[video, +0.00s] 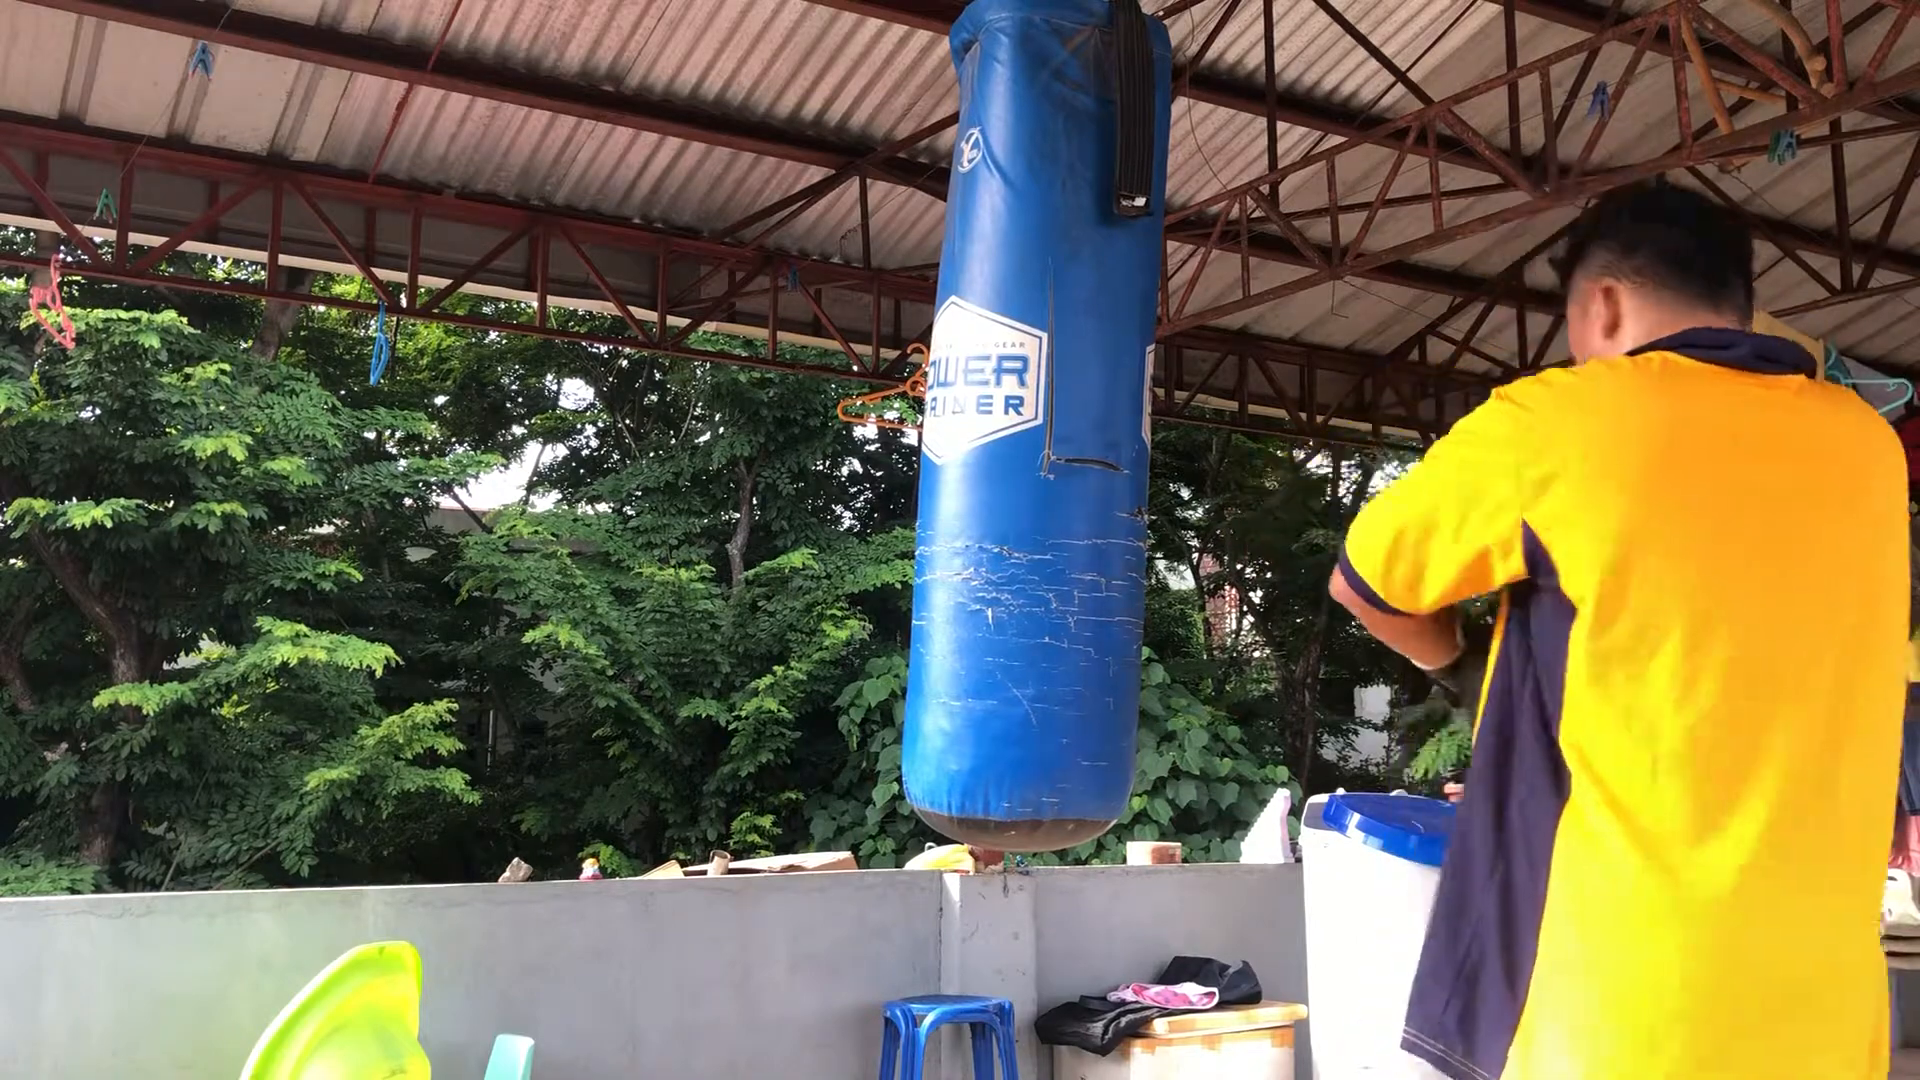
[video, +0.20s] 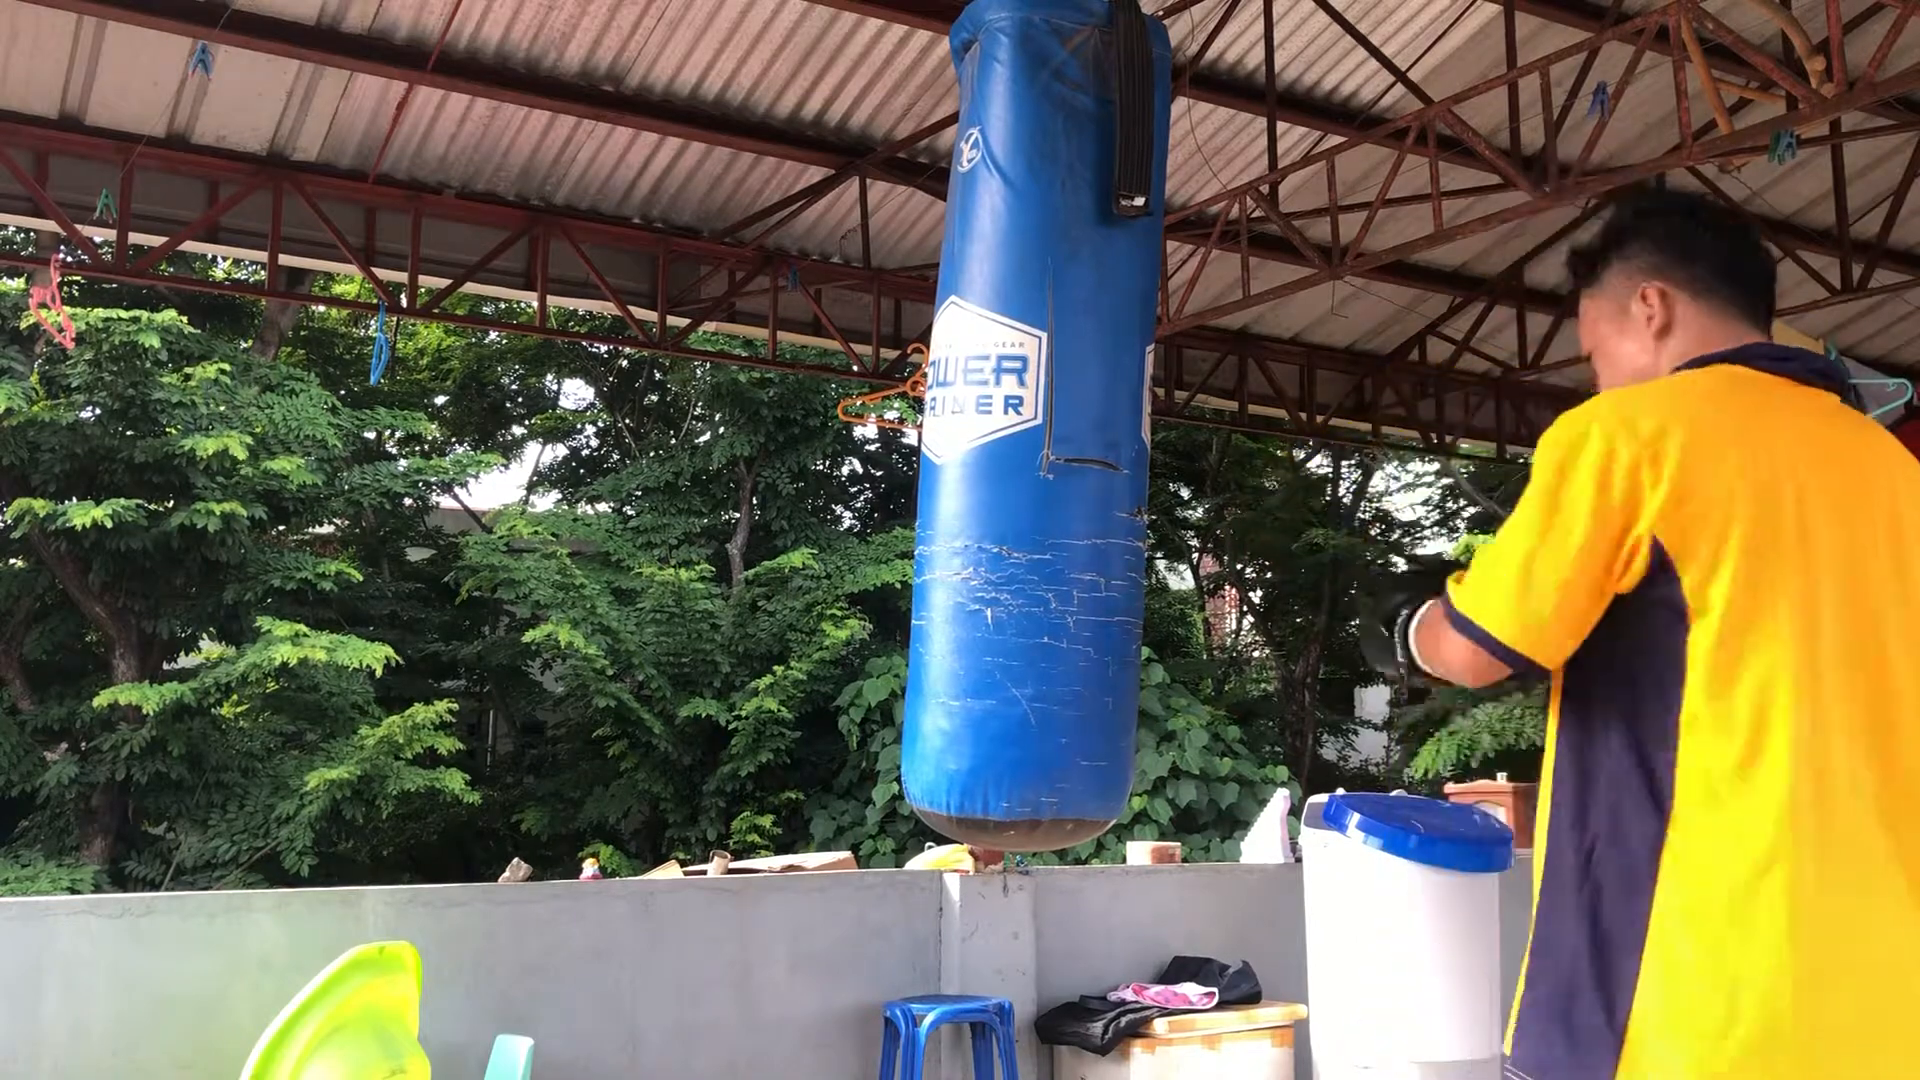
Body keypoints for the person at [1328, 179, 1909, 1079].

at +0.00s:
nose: (1570, 355)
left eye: (1568, 329)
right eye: (1567, 333)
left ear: (1605, 307)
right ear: (1739, 312)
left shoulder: (1557, 414)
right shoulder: (1873, 445)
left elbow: (1367, 581)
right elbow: (1895, 674)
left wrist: (1457, 655)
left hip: (1604, 1019)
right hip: (1827, 1018)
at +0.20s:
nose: (1598, 390)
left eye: (1594, 353)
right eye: (1588, 362)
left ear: (1652, 310)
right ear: (1758, 317)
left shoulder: (1632, 428)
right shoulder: (1893, 464)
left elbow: (1475, 651)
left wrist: (1423, 622)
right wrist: (1553, 810)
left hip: (1683, 1015)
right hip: (1889, 1011)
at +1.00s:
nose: (1436, 420)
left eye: (1435, 394)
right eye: (1427, 402)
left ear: (1492, 335)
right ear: (1574, 325)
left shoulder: (1509, 411)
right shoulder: (1778, 443)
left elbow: (1255, 560)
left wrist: (1143, 569)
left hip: (1649, 1025)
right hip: (1854, 1021)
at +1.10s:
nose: (1469, 425)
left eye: (1467, 394)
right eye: (1460, 403)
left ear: (1525, 334)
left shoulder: (1558, 413)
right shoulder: (1815, 453)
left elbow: (1294, 566)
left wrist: (1157, 580)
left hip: (1674, 1019)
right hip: (1878, 1015)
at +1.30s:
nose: (1626, 454)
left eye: (1617, 412)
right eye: (1611, 427)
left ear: (1679, 348)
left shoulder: (1735, 457)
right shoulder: (1895, 450)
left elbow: (1582, 692)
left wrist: (1445, 611)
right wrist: (1637, 566)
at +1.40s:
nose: (1709, 461)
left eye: (1695, 418)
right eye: (1689, 432)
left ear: (1760, 354)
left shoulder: (1826, 457)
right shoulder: (1896, 433)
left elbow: (1660, 689)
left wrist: (1556, 536)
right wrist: (1707, 526)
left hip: (1834, 1033)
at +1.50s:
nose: (1756, 438)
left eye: (1747, 394)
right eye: (1737, 411)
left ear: (1817, 331)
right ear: (1825, 328)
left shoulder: (1876, 433)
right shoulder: (1890, 428)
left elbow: (1673, 637)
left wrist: (1634, 469)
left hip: (1864, 1027)